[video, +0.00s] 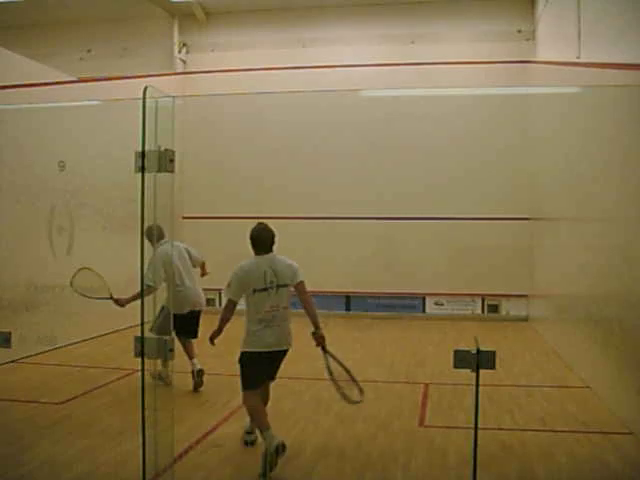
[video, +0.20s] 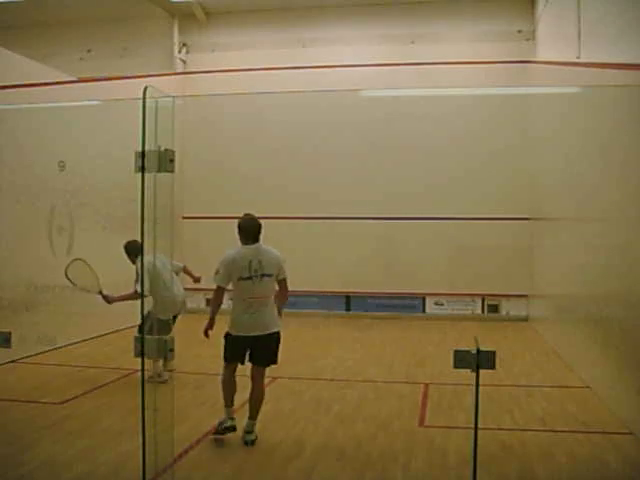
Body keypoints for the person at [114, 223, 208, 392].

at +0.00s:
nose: (148, 244)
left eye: (148, 240)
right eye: (148, 240)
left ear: (150, 240)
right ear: (164, 235)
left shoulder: (159, 254)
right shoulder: (179, 246)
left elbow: (152, 286)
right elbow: (200, 260)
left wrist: (127, 300)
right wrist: (203, 271)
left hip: (180, 302)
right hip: (197, 299)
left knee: (160, 333)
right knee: (184, 336)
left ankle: (165, 372)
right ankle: (196, 366)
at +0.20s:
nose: (129, 259)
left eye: (128, 256)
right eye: (128, 256)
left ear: (131, 255)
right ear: (142, 250)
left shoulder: (142, 264)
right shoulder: (158, 258)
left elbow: (140, 293)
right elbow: (181, 267)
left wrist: (114, 299)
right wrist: (194, 277)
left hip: (164, 305)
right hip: (179, 301)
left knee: (148, 333)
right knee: (163, 332)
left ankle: (158, 371)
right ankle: (167, 362)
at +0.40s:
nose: (115, 268)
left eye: (115, 265)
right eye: (115, 265)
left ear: (118, 265)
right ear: (127, 259)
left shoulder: (132, 274)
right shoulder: (141, 267)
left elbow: (131, 301)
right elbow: (169, 272)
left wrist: (107, 302)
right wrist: (191, 280)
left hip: (156, 313)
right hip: (166, 308)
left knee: (139, 338)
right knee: (156, 337)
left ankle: (156, 366)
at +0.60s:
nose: (116, 267)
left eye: (116, 265)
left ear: (116, 265)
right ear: (129, 259)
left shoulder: (123, 283)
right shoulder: (145, 267)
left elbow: (129, 305)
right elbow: (166, 286)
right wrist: (171, 303)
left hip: (146, 313)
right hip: (163, 307)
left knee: (137, 337)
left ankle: (158, 357)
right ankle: (135, 357)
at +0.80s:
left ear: (131, 255)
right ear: (145, 252)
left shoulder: (130, 271)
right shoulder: (156, 265)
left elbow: (135, 288)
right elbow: (163, 288)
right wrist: (168, 312)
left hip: (141, 309)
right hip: (158, 307)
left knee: (137, 333)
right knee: (158, 329)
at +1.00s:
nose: (169, 247)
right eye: (168, 245)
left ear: (152, 244)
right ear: (167, 245)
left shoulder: (144, 261)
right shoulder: (172, 261)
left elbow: (139, 281)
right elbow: (178, 288)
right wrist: (183, 312)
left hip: (146, 306)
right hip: (164, 307)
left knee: (146, 335)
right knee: (161, 336)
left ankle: (142, 361)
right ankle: (155, 364)